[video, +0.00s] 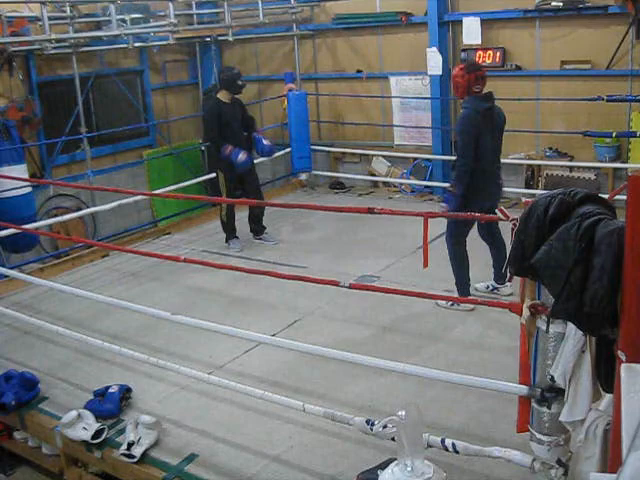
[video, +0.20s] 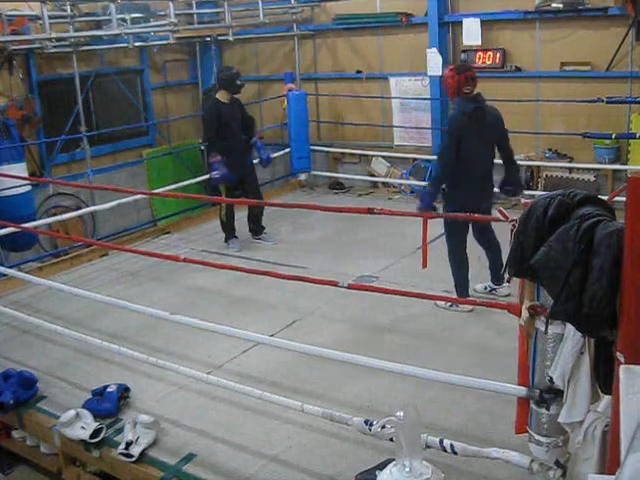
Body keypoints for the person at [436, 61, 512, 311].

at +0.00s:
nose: (453, 88)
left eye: (456, 83)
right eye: (454, 83)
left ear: (466, 85)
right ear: (479, 84)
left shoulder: (468, 117)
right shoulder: (496, 113)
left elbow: (465, 161)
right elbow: (493, 156)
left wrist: (455, 194)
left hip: (471, 191)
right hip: (492, 188)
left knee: (454, 238)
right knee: (489, 230)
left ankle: (463, 296)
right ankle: (501, 282)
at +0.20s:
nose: (445, 89)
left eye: (448, 85)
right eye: (447, 84)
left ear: (454, 87)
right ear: (473, 85)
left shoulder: (456, 118)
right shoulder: (492, 114)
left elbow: (445, 161)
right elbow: (505, 150)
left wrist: (428, 195)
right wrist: (512, 180)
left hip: (457, 192)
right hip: (483, 189)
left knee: (456, 244)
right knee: (484, 232)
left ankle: (463, 297)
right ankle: (498, 282)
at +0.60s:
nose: (436, 92)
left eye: (437, 89)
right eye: (456, 87)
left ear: (441, 90)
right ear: (462, 88)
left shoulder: (435, 122)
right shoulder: (481, 116)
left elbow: (422, 162)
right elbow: (494, 149)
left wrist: (409, 185)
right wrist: (504, 171)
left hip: (448, 194)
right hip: (477, 192)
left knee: (453, 247)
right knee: (480, 240)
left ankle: (461, 299)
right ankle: (481, 288)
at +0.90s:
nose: (430, 92)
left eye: (433, 87)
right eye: (430, 87)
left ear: (440, 89)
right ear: (458, 87)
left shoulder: (437, 122)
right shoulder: (476, 116)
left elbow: (426, 161)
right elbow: (478, 152)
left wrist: (418, 190)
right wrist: (467, 172)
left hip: (445, 192)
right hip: (471, 190)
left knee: (450, 248)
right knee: (472, 239)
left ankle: (461, 300)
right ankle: (477, 288)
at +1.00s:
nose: (425, 95)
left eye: (427, 90)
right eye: (425, 89)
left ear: (438, 91)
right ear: (452, 90)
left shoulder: (437, 123)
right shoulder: (473, 117)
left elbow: (426, 164)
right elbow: (475, 154)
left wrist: (413, 193)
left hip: (444, 193)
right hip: (468, 190)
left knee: (448, 244)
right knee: (464, 236)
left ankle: (460, 299)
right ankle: (468, 283)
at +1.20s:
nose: (418, 95)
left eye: (421, 90)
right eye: (419, 90)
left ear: (431, 92)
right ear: (445, 91)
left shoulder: (432, 125)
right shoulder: (465, 119)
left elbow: (425, 168)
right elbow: (470, 159)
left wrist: (411, 199)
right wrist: (474, 192)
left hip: (438, 193)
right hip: (458, 191)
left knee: (447, 244)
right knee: (443, 235)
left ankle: (460, 299)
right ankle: (442, 280)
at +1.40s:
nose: (406, 98)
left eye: (409, 92)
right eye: (406, 92)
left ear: (418, 94)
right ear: (428, 93)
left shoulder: (421, 124)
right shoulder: (446, 118)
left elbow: (414, 167)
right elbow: (458, 157)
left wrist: (402, 200)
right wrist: (465, 190)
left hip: (429, 192)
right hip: (445, 189)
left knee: (440, 244)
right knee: (423, 234)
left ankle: (460, 299)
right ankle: (407, 277)